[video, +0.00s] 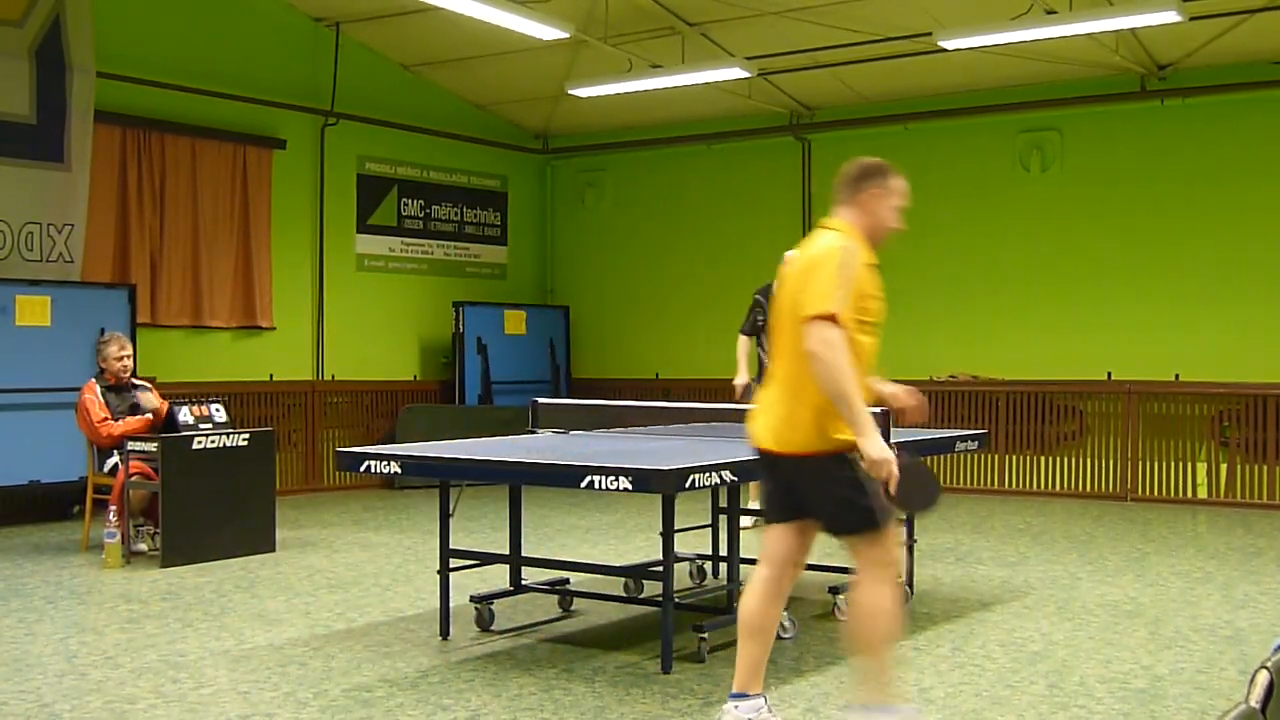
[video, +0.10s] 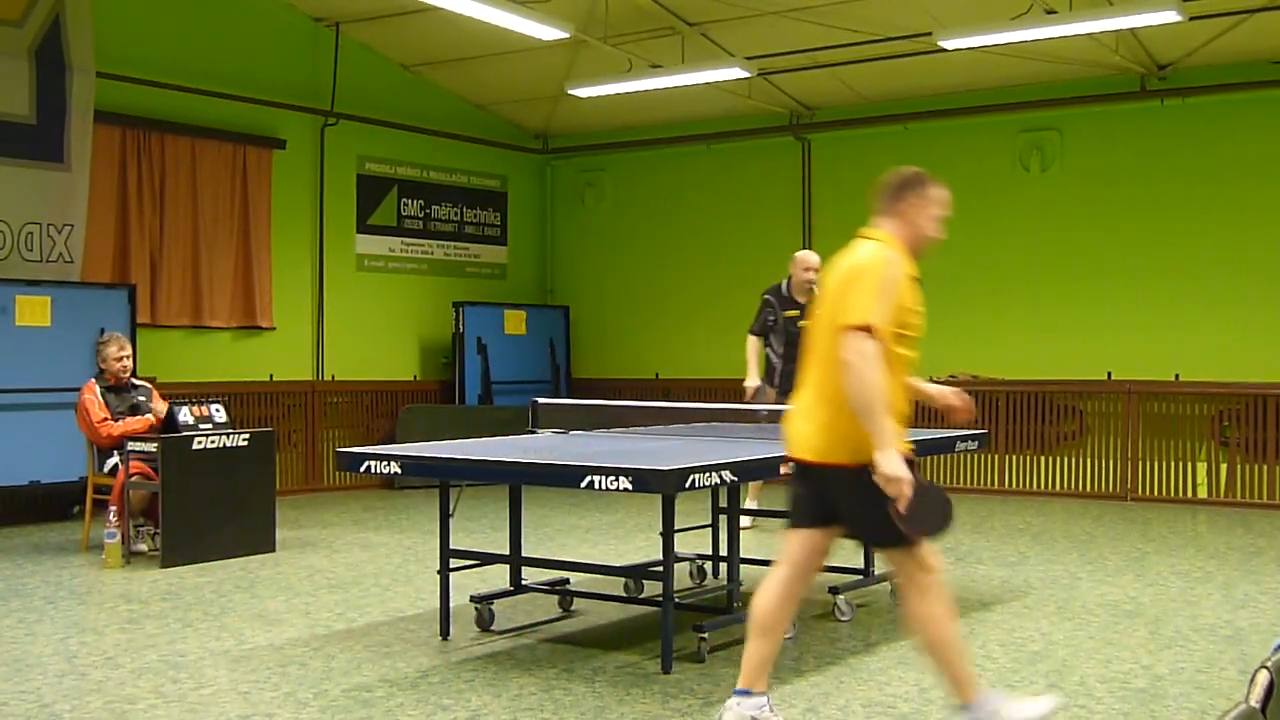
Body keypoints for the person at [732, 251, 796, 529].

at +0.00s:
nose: (792, 269)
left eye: (797, 265)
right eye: (789, 263)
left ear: (807, 269)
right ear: (782, 267)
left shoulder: (813, 299)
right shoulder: (765, 296)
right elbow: (746, 334)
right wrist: (742, 372)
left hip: (801, 385)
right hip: (769, 383)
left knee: (798, 450)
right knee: (763, 449)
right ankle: (754, 505)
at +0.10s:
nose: (812, 275)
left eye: (816, 270)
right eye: (806, 270)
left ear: (819, 272)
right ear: (792, 271)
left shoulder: (823, 298)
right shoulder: (774, 297)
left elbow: (832, 338)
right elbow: (755, 335)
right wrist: (752, 375)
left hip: (812, 385)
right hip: (777, 384)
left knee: (815, 445)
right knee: (763, 443)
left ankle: (816, 509)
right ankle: (751, 502)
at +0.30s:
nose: (837, 276)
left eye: (840, 272)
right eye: (833, 271)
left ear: (842, 273)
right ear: (816, 270)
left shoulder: (840, 296)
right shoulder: (796, 296)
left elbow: (838, 335)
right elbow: (778, 335)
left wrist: (838, 370)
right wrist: (780, 376)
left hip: (828, 382)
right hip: (799, 384)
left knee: (826, 446)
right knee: (791, 443)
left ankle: (810, 512)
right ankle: (760, 495)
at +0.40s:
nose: (851, 279)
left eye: (854, 274)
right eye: (847, 273)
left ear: (853, 275)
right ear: (831, 270)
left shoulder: (847, 297)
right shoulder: (809, 296)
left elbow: (846, 334)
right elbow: (791, 334)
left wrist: (856, 368)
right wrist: (794, 374)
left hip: (835, 382)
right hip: (811, 382)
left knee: (826, 445)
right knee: (822, 440)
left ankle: (811, 510)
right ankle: (786, 499)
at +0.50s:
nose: (862, 281)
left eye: (865, 276)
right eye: (858, 275)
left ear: (862, 276)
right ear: (841, 270)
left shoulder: (853, 298)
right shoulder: (820, 295)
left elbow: (852, 334)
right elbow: (800, 332)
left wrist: (868, 367)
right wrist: (802, 372)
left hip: (840, 381)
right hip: (820, 381)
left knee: (826, 443)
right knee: (838, 440)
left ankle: (810, 508)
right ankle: (816, 507)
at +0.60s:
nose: (878, 284)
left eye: (880, 279)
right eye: (875, 277)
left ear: (872, 276)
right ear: (858, 271)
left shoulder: (862, 298)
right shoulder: (835, 294)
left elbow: (860, 334)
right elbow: (815, 330)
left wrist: (879, 362)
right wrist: (815, 370)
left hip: (845, 380)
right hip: (831, 380)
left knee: (825, 446)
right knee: (855, 441)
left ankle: (809, 509)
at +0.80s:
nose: (903, 280)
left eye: (905, 275)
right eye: (901, 274)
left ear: (892, 269)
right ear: (885, 266)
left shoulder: (880, 292)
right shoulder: (862, 288)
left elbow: (870, 336)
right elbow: (844, 325)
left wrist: (881, 366)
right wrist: (842, 367)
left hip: (867, 375)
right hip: (858, 376)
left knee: (840, 439)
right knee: (879, 440)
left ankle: (812, 498)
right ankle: (895, 505)